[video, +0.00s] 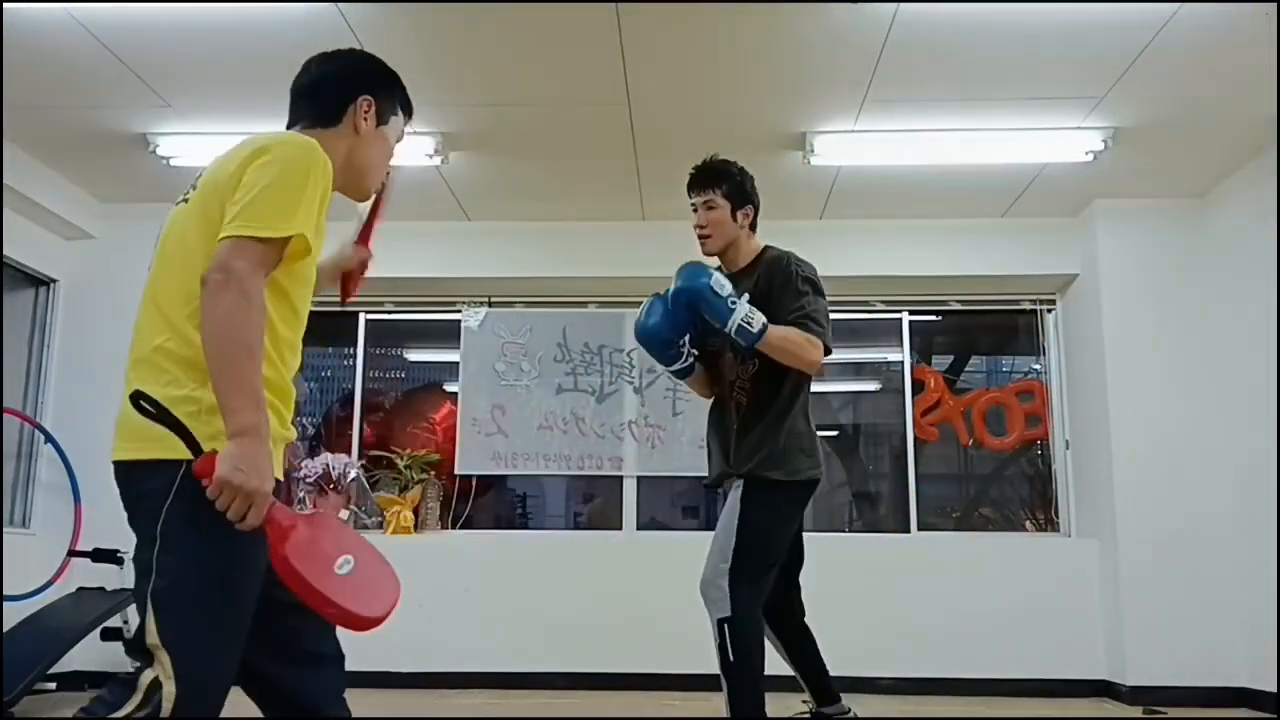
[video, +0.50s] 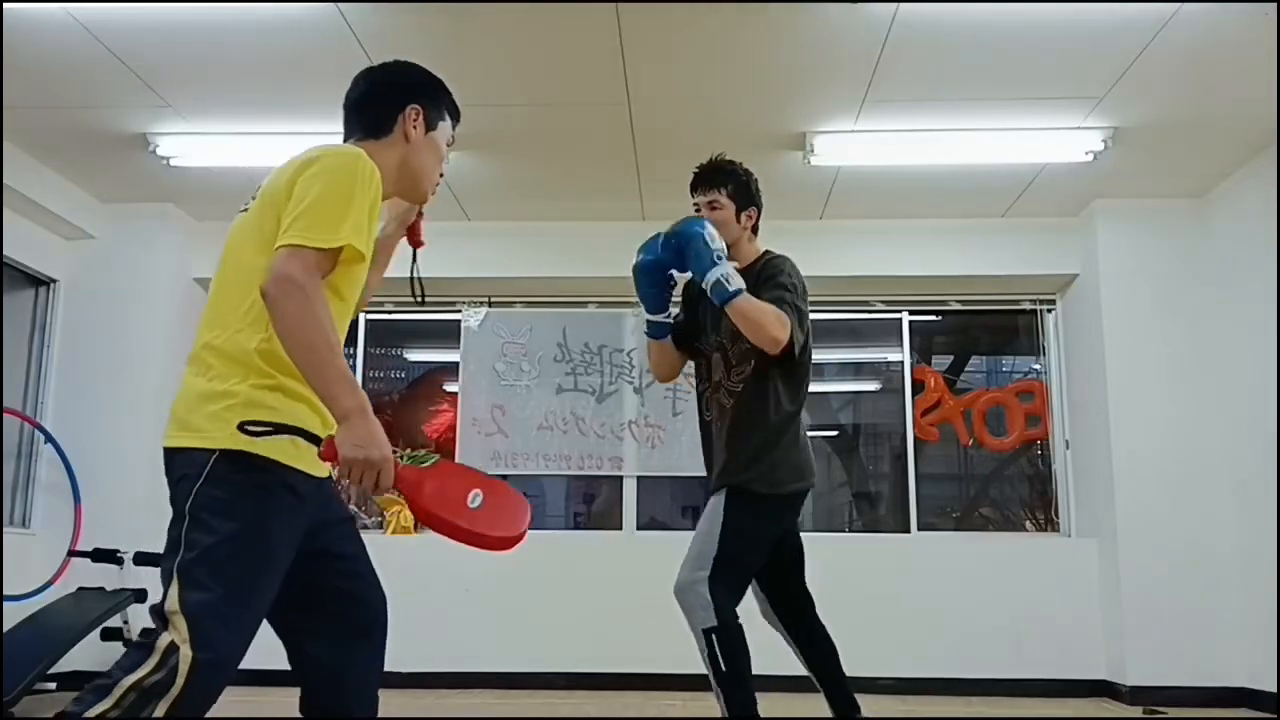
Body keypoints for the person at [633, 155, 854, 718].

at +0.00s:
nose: (698, 221)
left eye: (710, 209)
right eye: (694, 210)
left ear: (746, 214)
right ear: (697, 216)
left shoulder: (787, 271)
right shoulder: (717, 288)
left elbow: (814, 357)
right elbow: (711, 388)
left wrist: (736, 316)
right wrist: (678, 357)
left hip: (781, 462)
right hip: (744, 463)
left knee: (724, 589)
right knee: (776, 600)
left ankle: (746, 713)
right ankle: (831, 707)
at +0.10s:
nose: (706, 222)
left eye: (719, 210)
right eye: (702, 211)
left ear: (753, 220)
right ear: (700, 219)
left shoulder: (786, 281)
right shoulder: (716, 291)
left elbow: (781, 363)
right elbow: (701, 396)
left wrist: (717, 301)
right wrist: (670, 360)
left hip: (776, 474)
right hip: (742, 475)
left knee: (722, 599)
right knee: (761, 625)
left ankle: (747, 715)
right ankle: (829, 715)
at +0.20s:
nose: (704, 221)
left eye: (716, 208)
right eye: (699, 210)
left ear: (752, 217)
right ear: (698, 218)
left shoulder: (783, 274)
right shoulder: (713, 291)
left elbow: (772, 355)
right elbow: (693, 385)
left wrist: (713, 287)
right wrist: (664, 334)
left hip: (781, 465)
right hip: (742, 468)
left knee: (733, 597)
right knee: (756, 601)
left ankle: (749, 714)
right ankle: (837, 711)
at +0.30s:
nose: (700, 221)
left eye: (711, 208)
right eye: (695, 211)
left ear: (748, 214)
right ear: (695, 219)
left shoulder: (782, 272)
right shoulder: (709, 290)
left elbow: (773, 347)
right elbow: (684, 377)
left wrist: (715, 279)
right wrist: (666, 318)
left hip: (786, 466)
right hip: (751, 469)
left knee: (741, 595)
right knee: (789, 609)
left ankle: (756, 715)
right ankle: (848, 710)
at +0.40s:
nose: (703, 228)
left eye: (714, 216)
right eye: (697, 218)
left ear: (751, 225)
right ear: (697, 229)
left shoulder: (784, 282)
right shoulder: (711, 295)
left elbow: (773, 355)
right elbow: (670, 374)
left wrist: (720, 283)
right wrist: (656, 315)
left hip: (784, 476)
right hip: (754, 476)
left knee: (723, 594)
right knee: (788, 615)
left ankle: (749, 716)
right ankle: (850, 712)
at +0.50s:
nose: (701, 217)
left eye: (713, 205)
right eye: (695, 207)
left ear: (749, 216)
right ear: (696, 219)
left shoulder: (777, 274)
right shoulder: (704, 288)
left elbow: (775, 335)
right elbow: (665, 368)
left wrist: (716, 272)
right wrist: (656, 310)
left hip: (766, 470)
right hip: (742, 470)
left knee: (699, 591)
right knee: (787, 606)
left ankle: (742, 714)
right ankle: (848, 711)